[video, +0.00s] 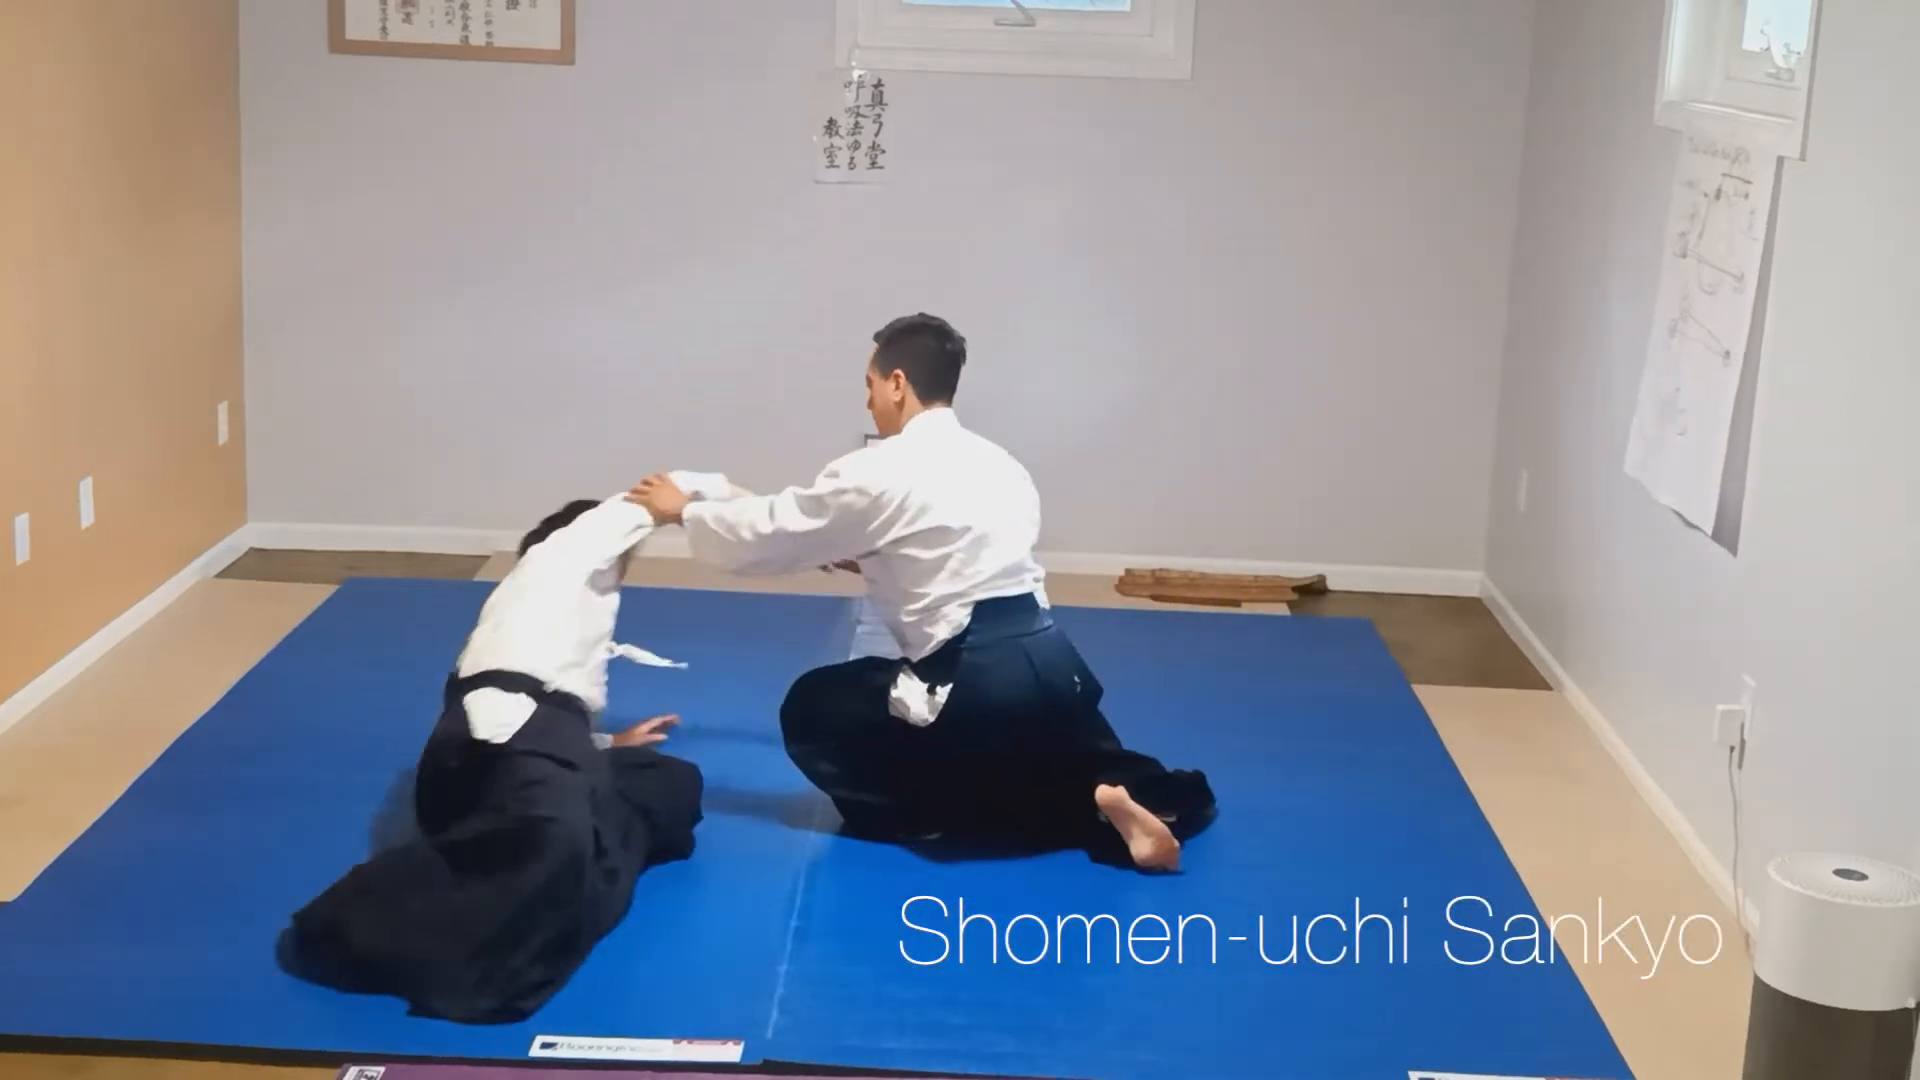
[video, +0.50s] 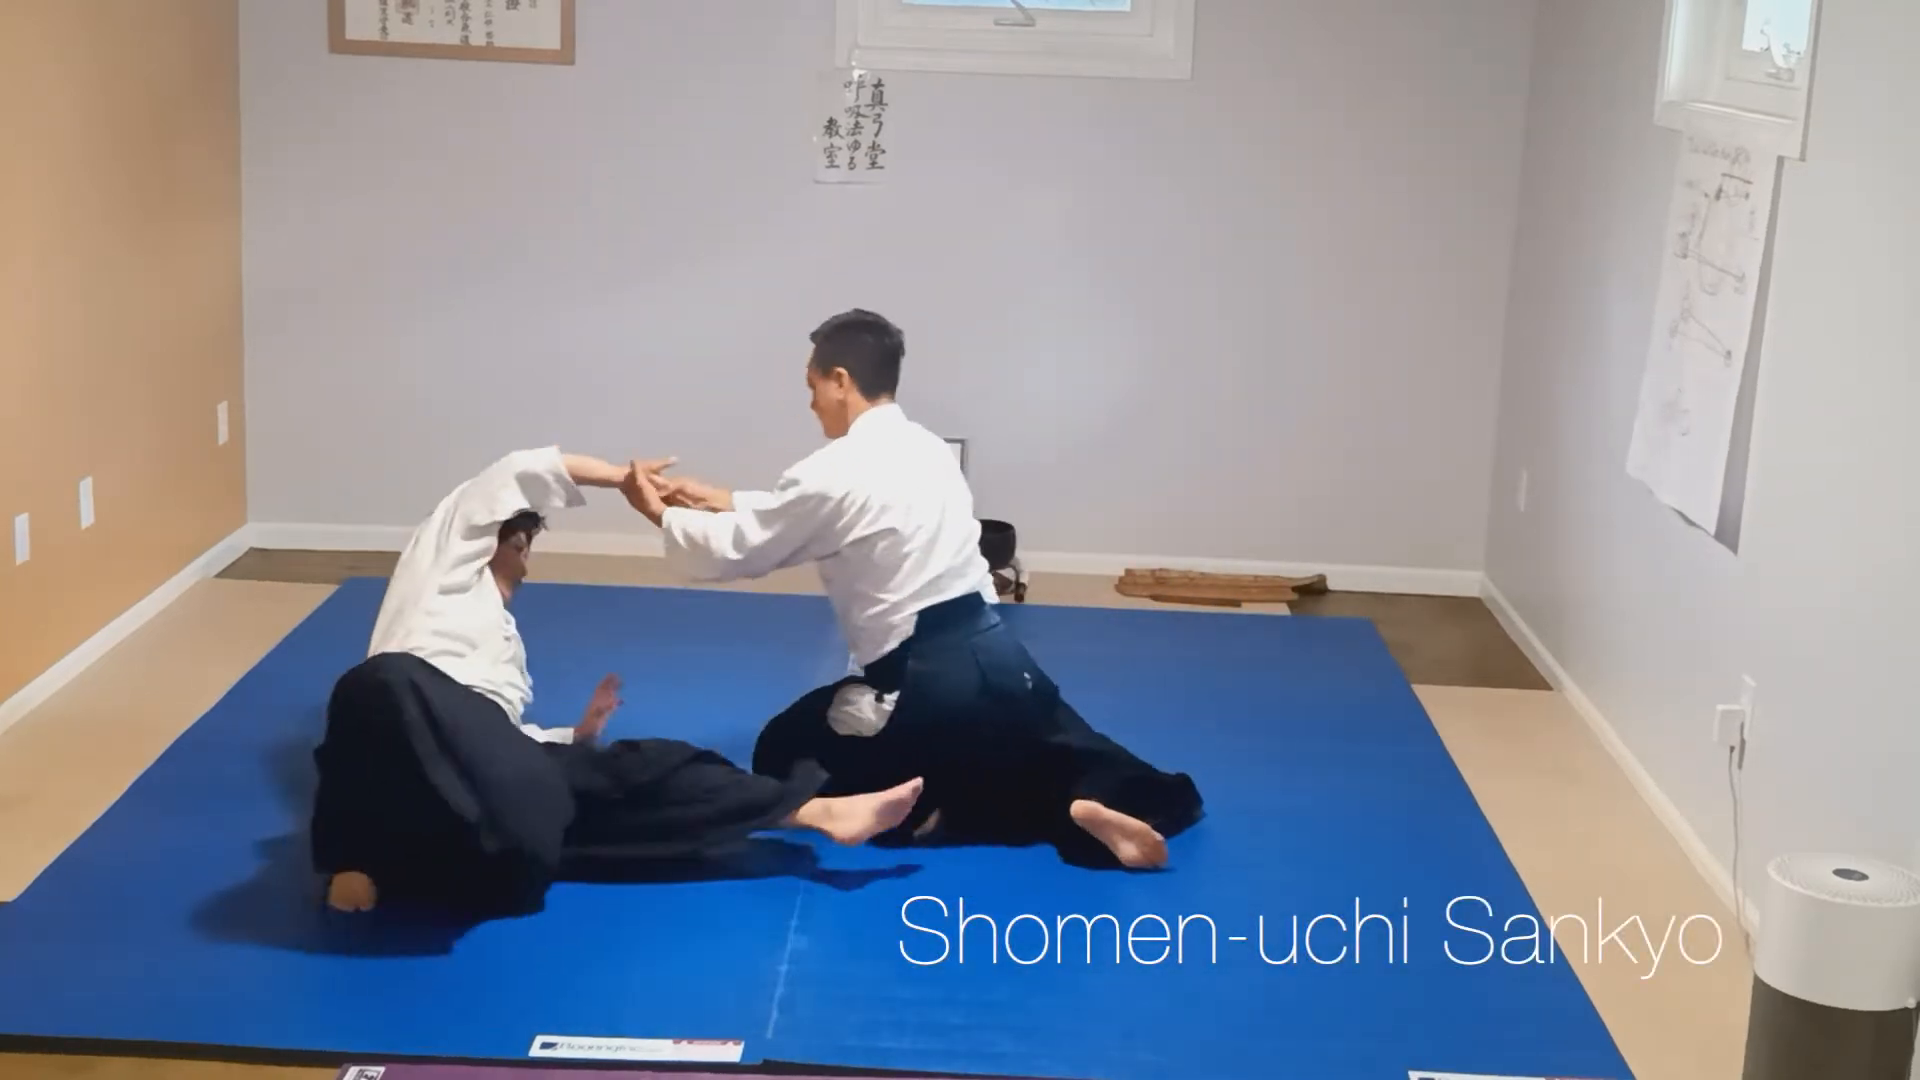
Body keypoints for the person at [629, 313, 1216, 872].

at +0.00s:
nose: (869, 401)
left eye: (871, 386)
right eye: (871, 385)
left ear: (895, 385)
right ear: (947, 387)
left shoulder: (880, 473)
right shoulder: (1005, 466)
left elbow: (768, 529)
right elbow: (960, 557)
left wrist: (686, 511)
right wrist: (870, 564)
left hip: (966, 693)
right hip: (1060, 680)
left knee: (810, 705)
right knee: (1098, 766)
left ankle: (920, 810)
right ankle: (1135, 800)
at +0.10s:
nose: (864, 397)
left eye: (866, 383)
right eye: (867, 382)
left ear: (889, 384)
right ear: (940, 388)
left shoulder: (872, 472)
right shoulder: (990, 461)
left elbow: (758, 520)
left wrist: (662, 505)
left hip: (966, 694)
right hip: (1058, 679)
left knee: (809, 708)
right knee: (1101, 761)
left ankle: (923, 807)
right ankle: (1132, 795)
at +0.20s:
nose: (856, 399)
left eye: (858, 384)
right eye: (859, 384)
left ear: (881, 386)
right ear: (934, 389)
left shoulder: (867, 474)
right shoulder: (977, 459)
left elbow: (747, 526)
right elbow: (854, 546)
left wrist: (658, 509)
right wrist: (761, 505)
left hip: (961, 698)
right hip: (1054, 680)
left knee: (804, 714)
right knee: (1103, 760)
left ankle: (923, 810)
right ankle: (1126, 797)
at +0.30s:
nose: (846, 402)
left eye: (848, 387)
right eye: (847, 388)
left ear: (876, 389)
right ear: (920, 392)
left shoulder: (867, 476)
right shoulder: (965, 460)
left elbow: (763, 541)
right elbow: (854, 534)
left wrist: (675, 530)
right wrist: (750, 511)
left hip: (955, 693)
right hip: (1042, 678)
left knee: (797, 724)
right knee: (1100, 762)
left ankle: (926, 810)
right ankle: (1123, 802)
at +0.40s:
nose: (836, 404)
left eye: (837, 389)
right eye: (837, 389)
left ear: (862, 388)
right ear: (909, 391)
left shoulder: (854, 480)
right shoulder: (950, 457)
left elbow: (754, 554)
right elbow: (834, 520)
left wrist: (678, 532)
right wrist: (739, 506)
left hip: (939, 693)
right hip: (1028, 682)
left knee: (788, 739)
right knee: (1097, 763)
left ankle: (918, 808)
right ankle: (1111, 804)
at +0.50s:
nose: (815, 405)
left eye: (814, 389)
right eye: (814, 388)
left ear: (837, 384)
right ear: (886, 384)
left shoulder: (833, 475)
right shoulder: (935, 452)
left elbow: (732, 547)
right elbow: (821, 512)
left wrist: (657, 512)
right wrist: (722, 499)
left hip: (917, 689)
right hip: (1009, 679)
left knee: (781, 753)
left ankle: (883, 796)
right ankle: (1082, 809)